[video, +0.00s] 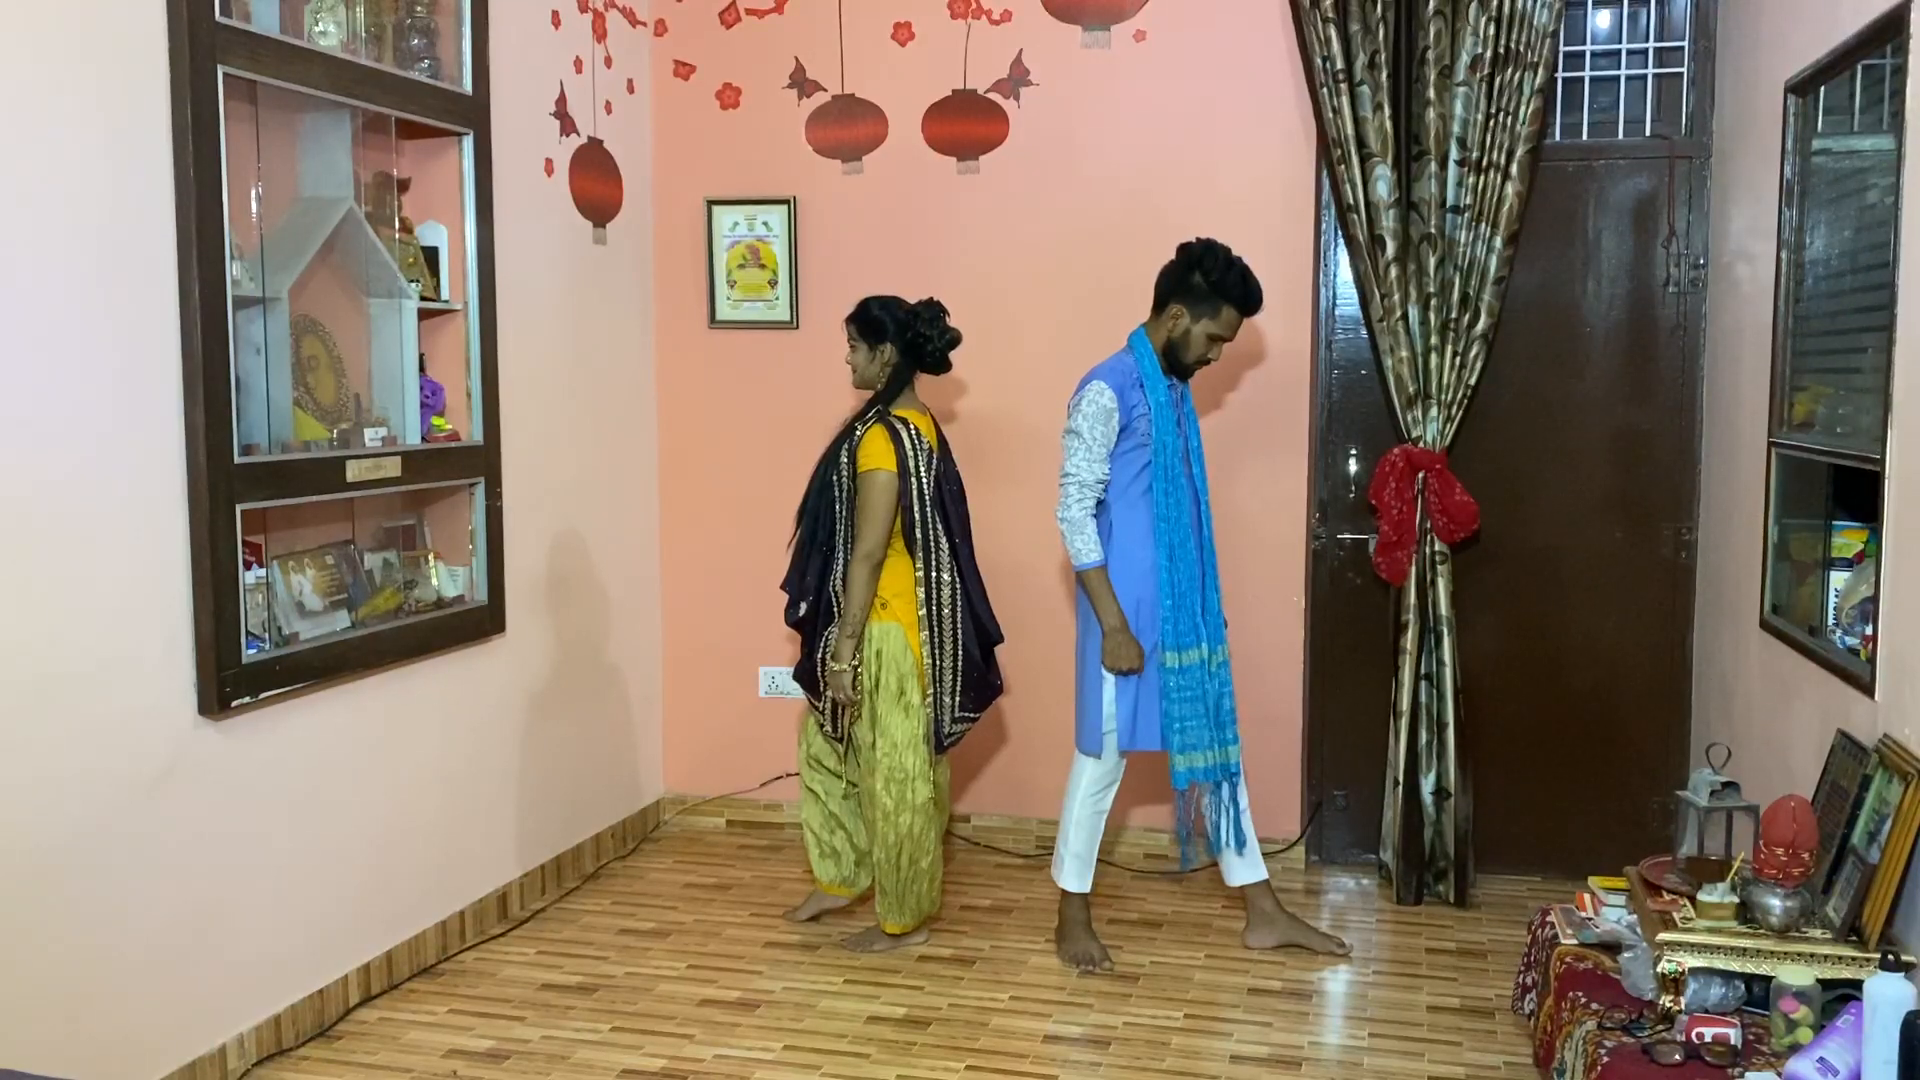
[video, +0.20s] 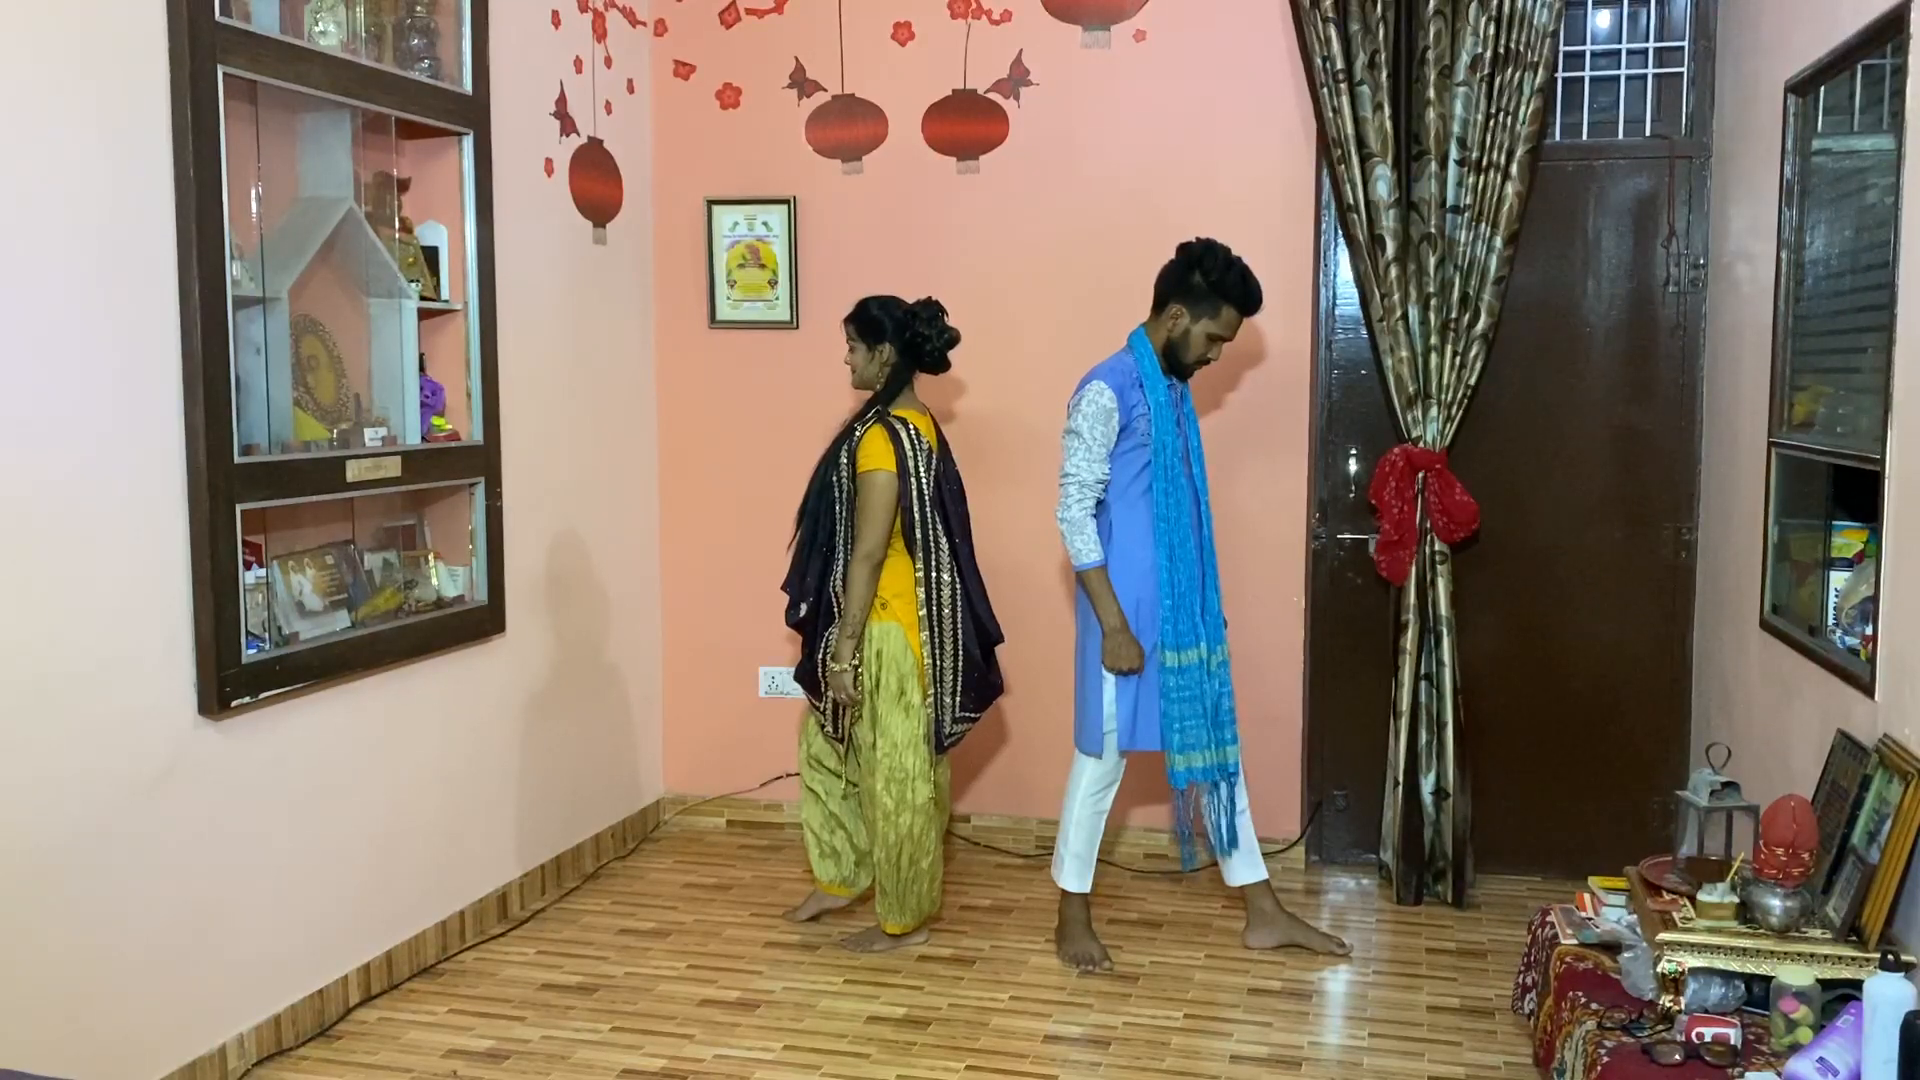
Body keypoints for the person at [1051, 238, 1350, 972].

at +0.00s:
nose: (1219, 353)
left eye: (1226, 340)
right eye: (1215, 337)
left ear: (1194, 320)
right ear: (1173, 312)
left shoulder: (1172, 393)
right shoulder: (1105, 393)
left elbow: (1172, 516)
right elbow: (1075, 515)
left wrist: (1197, 607)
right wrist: (1113, 623)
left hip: (1184, 605)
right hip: (1123, 606)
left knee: (1212, 744)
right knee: (1103, 755)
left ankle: (1263, 908)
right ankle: (1072, 913)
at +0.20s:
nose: (1218, 353)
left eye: (1226, 340)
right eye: (1215, 336)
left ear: (1193, 320)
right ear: (1173, 312)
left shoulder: (1172, 393)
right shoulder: (1105, 393)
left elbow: (1172, 516)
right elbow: (1075, 515)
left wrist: (1197, 607)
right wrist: (1113, 623)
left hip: (1184, 605)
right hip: (1122, 607)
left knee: (1211, 745)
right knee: (1102, 756)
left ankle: (1263, 907)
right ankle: (1072, 914)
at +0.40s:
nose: (1218, 353)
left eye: (1226, 340)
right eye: (1215, 336)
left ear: (1193, 320)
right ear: (1173, 312)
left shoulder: (1172, 392)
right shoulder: (1105, 393)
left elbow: (1173, 517)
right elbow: (1076, 516)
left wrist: (1199, 608)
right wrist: (1113, 623)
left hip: (1184, 605)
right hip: (1122, 607)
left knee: (1211, 745)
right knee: (1102, 756)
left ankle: (1263, 907)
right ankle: (1072, 913)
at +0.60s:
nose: (1218, 353)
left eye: (1226, 340)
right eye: (1215, 336)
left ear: (1194, 320)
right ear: (1172, 312)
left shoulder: (1172, 392)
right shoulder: (1105, 393)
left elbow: (1174, 516)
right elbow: (1076, 515)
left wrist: (1200, 608)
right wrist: (1113, 623)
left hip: (1184, 605)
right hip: (1122, 607)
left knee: (1212, 745)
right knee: (1102, 756)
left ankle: (1263, 907)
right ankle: (1072, 914)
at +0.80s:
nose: (1218, 353)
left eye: (1226, 340)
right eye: (1215, 337)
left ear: (1196, 320)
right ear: (1173, 312)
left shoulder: (1173, 392)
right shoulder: (1106, 392)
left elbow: (1173, 516)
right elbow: (1076, 514)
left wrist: (1200, 609)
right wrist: (1114, 623)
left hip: (1184, 605)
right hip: (1122, 605)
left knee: (1212, 744)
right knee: (1102, 755)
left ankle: (1263, 907)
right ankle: (1072, 914)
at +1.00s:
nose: (1219, 353)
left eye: (1227, 340)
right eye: (1215, 336)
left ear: (1194, 320)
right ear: (1173, 312)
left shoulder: (1172, 391)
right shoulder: (1106, 392)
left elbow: (1173, 516)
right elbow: (1076, 515)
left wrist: (1200, 608)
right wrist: (1114, 622)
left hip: (1184, 604)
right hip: (1123, 605)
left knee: (1211, 745)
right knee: (1103, 754)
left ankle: (1263, 908)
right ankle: (1072, 913)